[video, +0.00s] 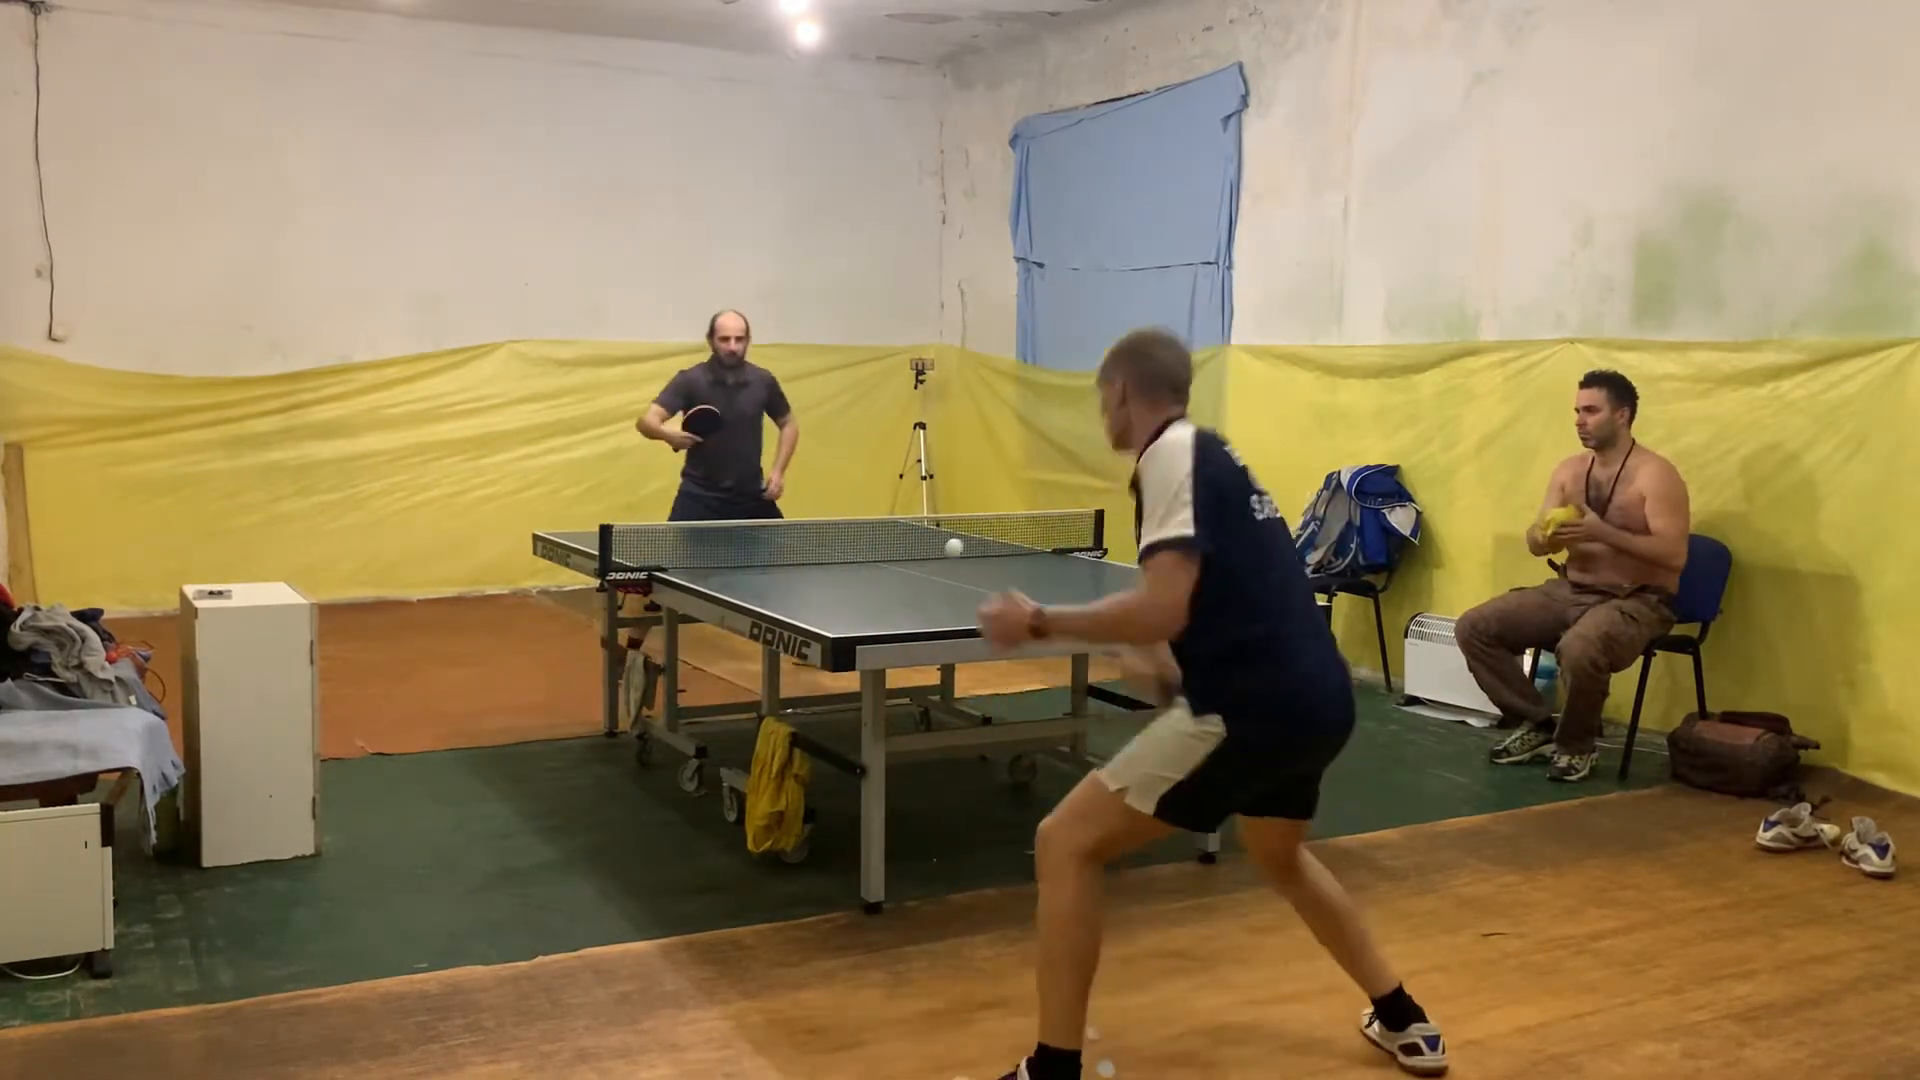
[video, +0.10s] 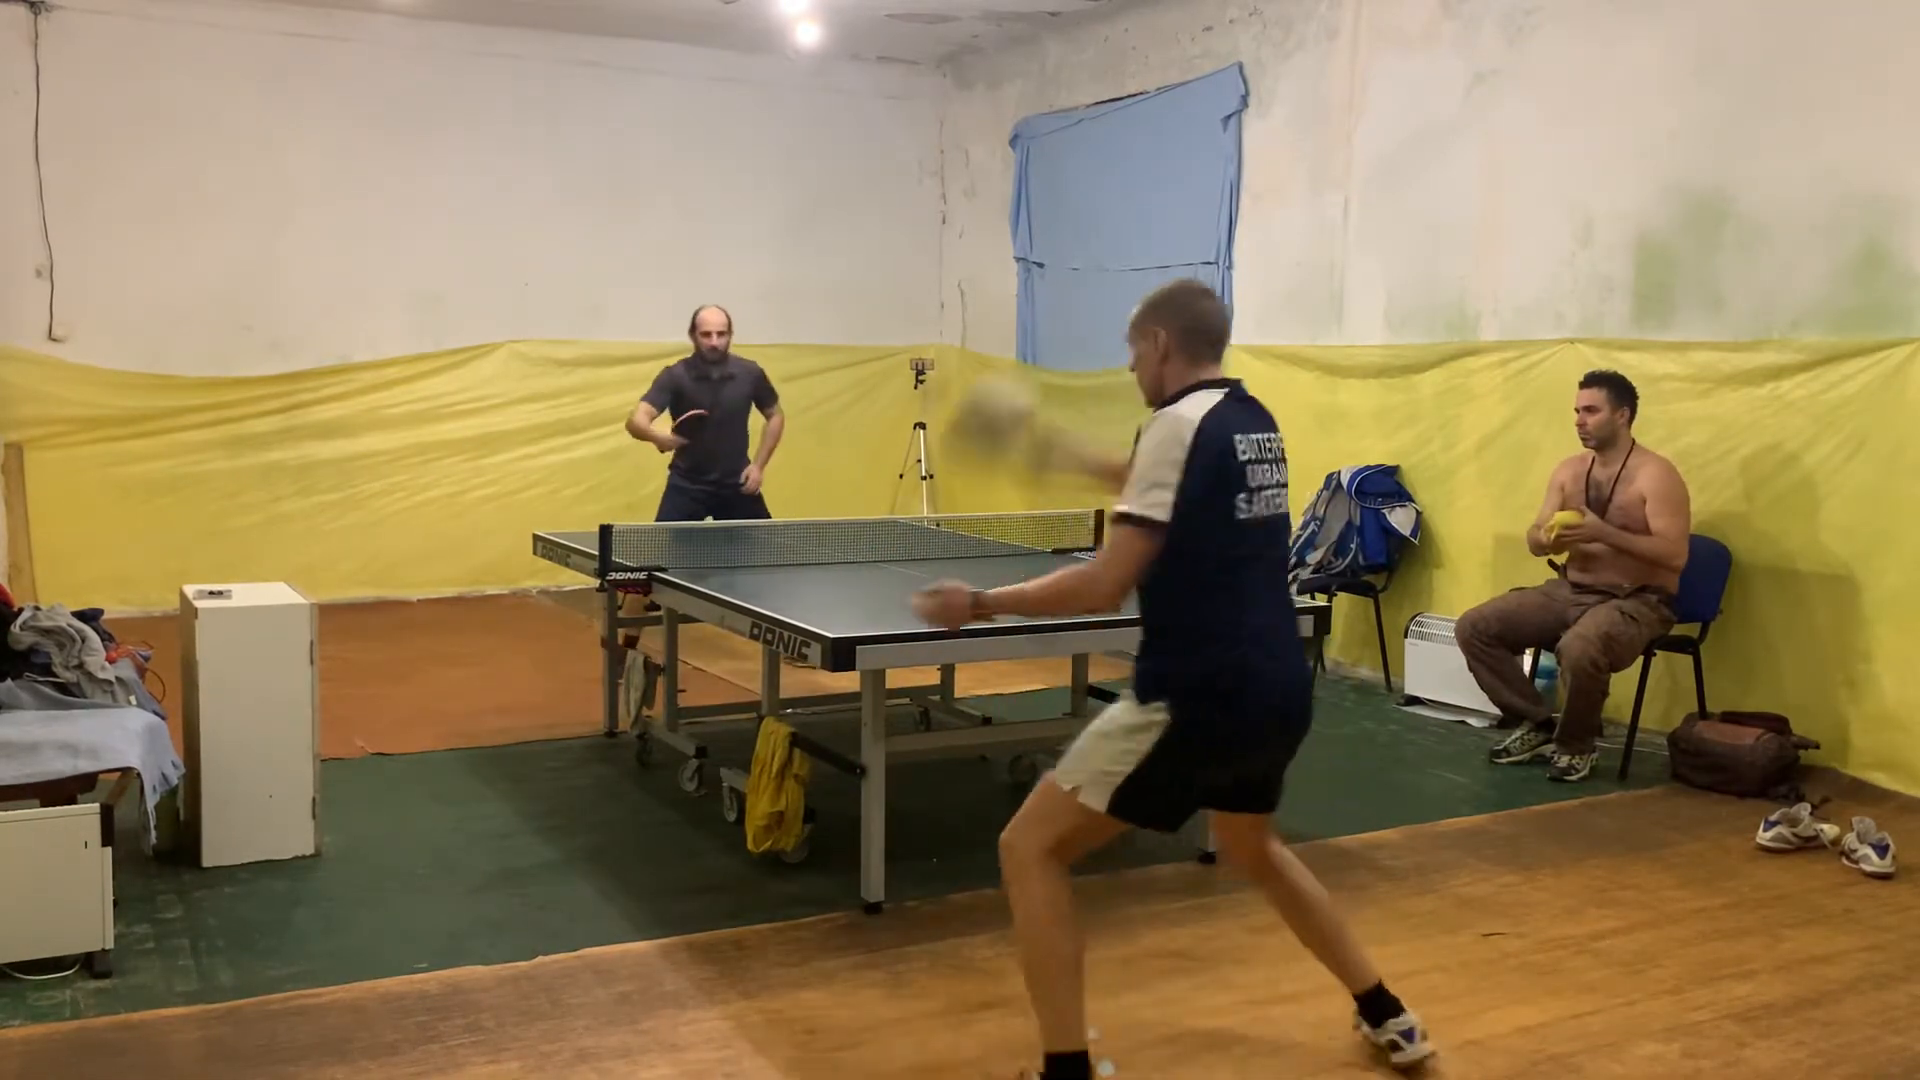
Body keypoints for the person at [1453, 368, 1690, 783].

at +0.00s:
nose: (1579, 420)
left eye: (1590, 410)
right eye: (1577, 411)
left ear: (1623, 415)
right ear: (1576, 414)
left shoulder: (1656, 475)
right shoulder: (1569, 471)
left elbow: (1673, 556)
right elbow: (1536, 545)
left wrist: (1602, 533)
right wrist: (1545, 534)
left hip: (1638, 599)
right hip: (1573, 591)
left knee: (1578, 650)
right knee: (1475, 629)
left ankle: (1577, 746)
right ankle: (1535, 721)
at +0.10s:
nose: (1579, 420)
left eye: (1590, 411)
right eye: (1577, 411)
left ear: (1623, 415)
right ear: (1576, 414)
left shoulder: (1657, 475)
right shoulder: (1569, 471)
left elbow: (1674, 555)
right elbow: (1537, 543)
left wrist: (1603, 533)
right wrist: (1544, 536)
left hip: (1638, 599)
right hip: (1572, 591)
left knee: (1579, 649)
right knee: (1475, 628)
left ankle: (1576, 746)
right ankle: (1535, 722)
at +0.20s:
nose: (1578, 420)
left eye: (1589, 411)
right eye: (1577, 411)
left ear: (1623, 415)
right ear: (1576, 414)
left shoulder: (1657, 476)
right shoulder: (1569, 471)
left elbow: (1674, 555)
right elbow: (1536, 541)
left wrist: (1603, 534)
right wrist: (1548, 537)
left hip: (1638, 599)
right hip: (1572, 592)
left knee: (1579, 649)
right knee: (1475, 628)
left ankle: (1576, 746)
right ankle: (1535, 721)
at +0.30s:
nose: (1579, 420)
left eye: (1590, 411)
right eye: (1577, 411)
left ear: (1623, 415)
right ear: (1577, 414)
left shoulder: (1657, 476)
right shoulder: (1569, 471)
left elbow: (1674, 555)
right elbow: (1535, 542)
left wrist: (1603, 532)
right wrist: (1551, 535)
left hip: (1638, 599)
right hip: (1572, 592)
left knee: (1579, 649)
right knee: (1475, 628)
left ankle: (1577, 746)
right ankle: (1534, 722)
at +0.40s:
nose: (1579, 419)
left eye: (1590, 411)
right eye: (1578, 411)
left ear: (1623, 416)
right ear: (1578, 414)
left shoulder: (1658, 476)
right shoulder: (1569, 470)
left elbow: (1674, 555)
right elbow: (1535, 543)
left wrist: (1603, 532)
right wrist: (1551, 533)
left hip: (1639, 599)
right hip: (1572, 592)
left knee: (1579, 649)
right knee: (1475, 628)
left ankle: (1577, 746)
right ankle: (1535, 722)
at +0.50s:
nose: (1579, 419)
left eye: (1590, 411)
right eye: (1578, 411)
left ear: (1624, 416)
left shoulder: (1658, 476)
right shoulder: (1570, 470)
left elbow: (1674, 555)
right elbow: (1536, 543)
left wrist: (1603, 532)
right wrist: (1552, 532)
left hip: (1639, 599)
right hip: (1572, 592)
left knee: (1579, 649)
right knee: (1475, 627)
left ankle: (1577, 745)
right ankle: (1534, 722)